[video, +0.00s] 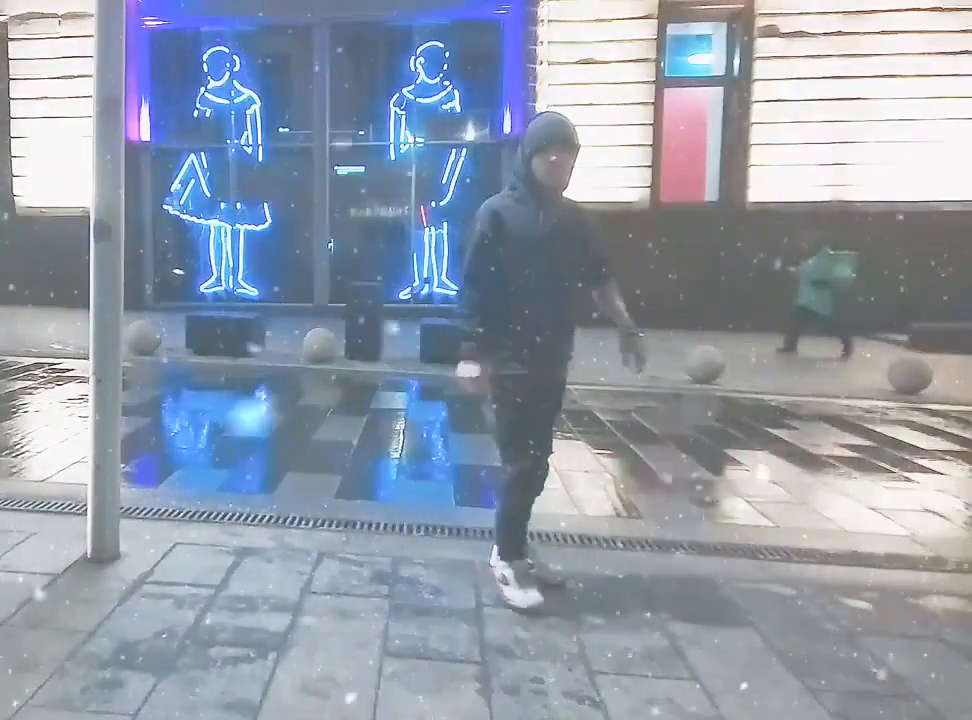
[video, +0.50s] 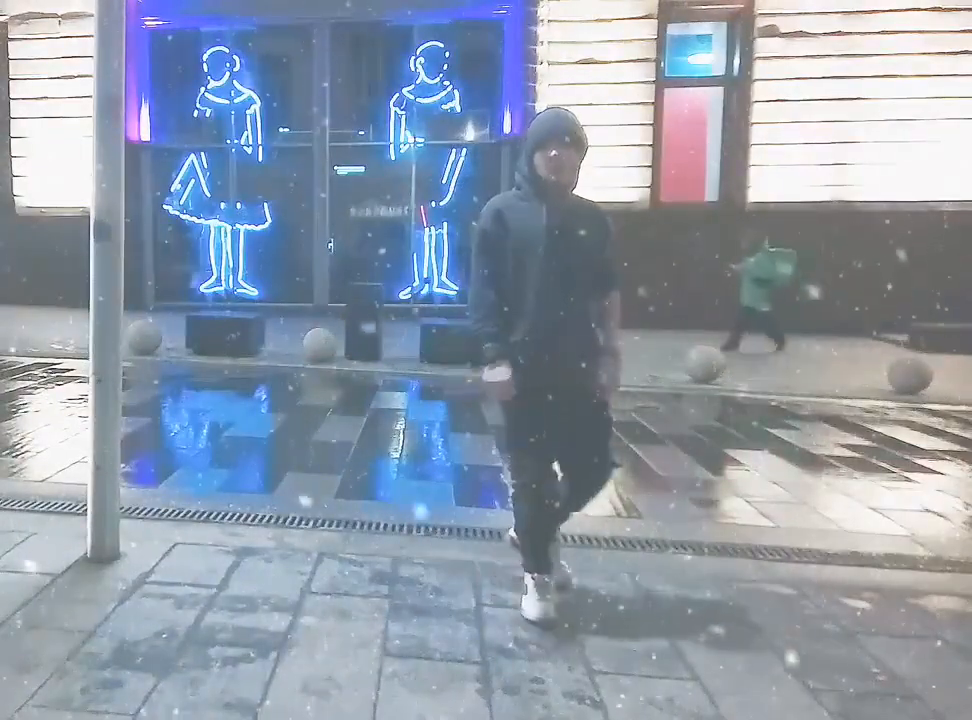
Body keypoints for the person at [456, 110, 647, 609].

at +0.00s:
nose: (564, 167)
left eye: (570, 158)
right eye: (555, 157)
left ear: (573, 161)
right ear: (531, 156)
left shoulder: (574, 219)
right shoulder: (498, 214)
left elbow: (599, 278)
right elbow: (474, 287)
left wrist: (626, 324)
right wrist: (471, 351)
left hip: (552, 354)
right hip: (507, 352)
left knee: (535, 464)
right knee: (521, 465)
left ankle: (515, 554)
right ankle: (506, 561)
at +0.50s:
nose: (564, 158)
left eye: (572, 149)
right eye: (554, 148)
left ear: (582, 158)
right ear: (532, 153)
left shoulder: (591, 218)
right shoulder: (501, 213)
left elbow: (608, 292)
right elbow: (483, 292)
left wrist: (613, 355)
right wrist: (493, 356)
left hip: (578, 362)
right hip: (522, 362)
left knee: (594, 465)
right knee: (532, 475)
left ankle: (546, 524)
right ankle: (536, 575)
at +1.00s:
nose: (565, 149)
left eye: (577, 140)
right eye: (556, 140)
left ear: (594, 149)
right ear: (540, 148)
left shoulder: (617, 215)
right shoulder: (510, 209)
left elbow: (633, 291)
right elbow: (489, 293)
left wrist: (621, 355)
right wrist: (491, 362)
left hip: (593, 372)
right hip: (526, 372)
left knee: (602, 493)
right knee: (529, 486)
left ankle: (617, 612)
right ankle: (539, 578)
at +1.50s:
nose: (594, 137)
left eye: (606, 126)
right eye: (584, 128)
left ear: (628, 136)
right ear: (572, 140)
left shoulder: (666, 205)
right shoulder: (552, 207)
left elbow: (691, 289)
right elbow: (530, 293)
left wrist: (653, 353)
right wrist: (507, 351)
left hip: (629, 387)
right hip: (558, 384)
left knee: (627, 516)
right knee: (537, 497)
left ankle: (615, 627)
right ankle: (544, 573)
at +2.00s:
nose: (574, 137)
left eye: (587, 125)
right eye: (566, 127)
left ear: (615, 133)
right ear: (557, 136)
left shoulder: (657, 205)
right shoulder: (548, 206)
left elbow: (681, 295)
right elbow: (531, 300)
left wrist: (638, 372)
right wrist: (517, 370)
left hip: (610, 393)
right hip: (543, 386)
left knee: (616, 515)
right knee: (515, 500)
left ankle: (614, 623)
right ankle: (516, 619)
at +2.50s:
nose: (494, 161)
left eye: (503, 148)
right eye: (491, 150)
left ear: (539, 143)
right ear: (499, 149)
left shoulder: (591, 205)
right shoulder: (502, 205)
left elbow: (612, 296)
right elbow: (472, 284)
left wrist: (573, 374)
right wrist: (432, 337)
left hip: (541, 384)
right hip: (490, 379)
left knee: (524, 501)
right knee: (499, 501)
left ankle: (592, 601)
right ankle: (517, 627)